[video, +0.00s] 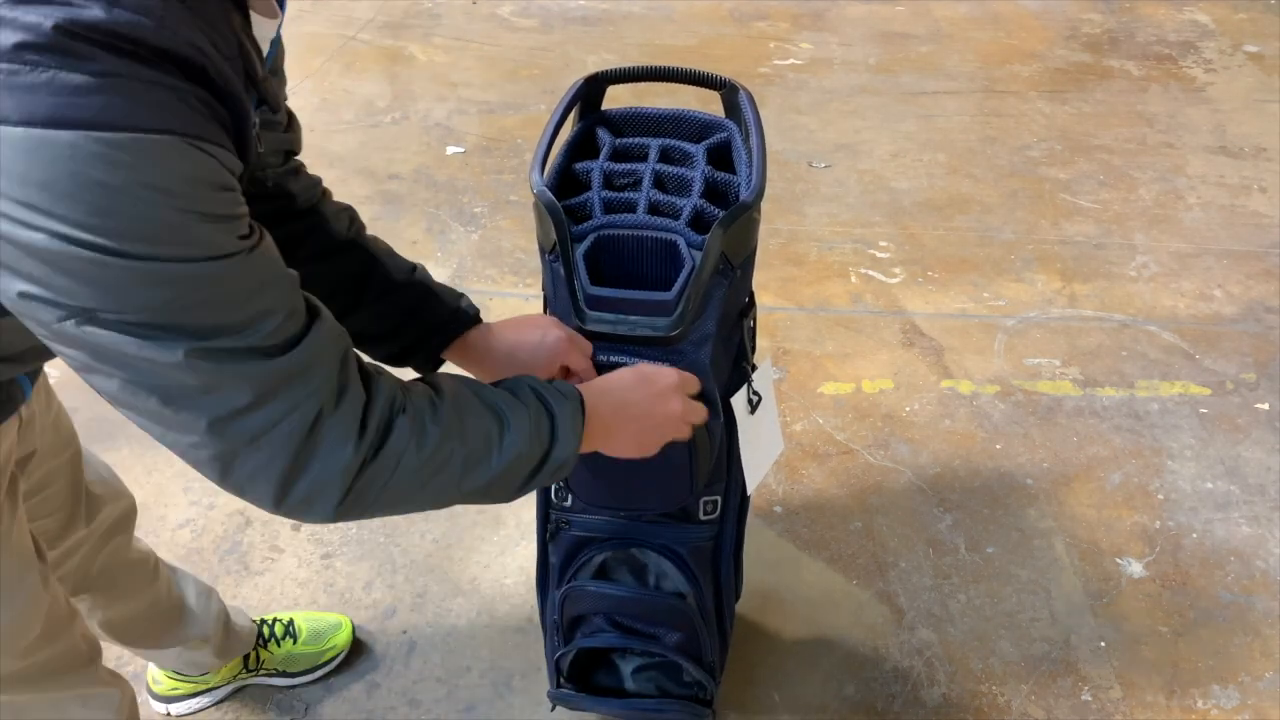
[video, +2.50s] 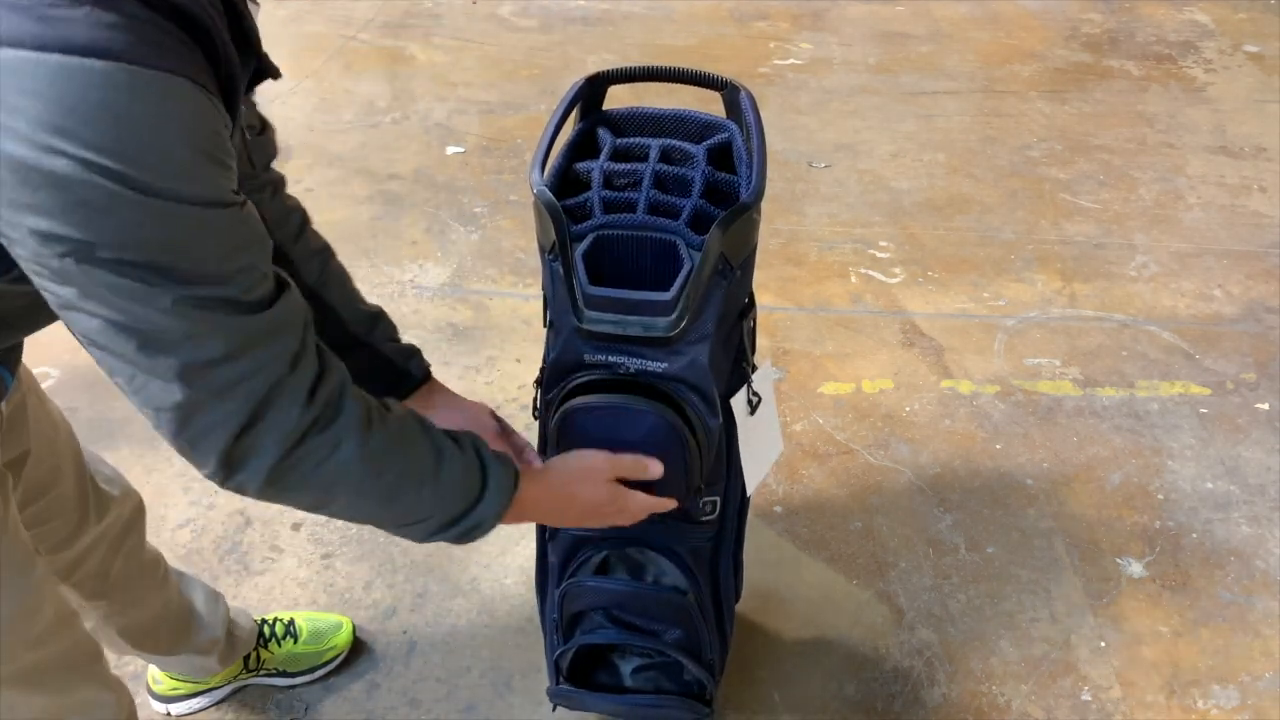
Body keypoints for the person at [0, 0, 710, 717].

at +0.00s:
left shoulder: (192, 23)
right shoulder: (72, 119)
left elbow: (272, 202)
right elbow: (315, 450)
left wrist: (465, 337)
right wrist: (584, 420)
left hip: (15, 373)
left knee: (82, 533)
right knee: (42, 668)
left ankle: (198, 653)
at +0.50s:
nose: (462, 12)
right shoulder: (134, 104)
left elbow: (264, 244)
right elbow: (350, 451)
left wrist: (442, 354)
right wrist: (612, 409)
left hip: (16, 390)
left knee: (91, 539)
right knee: (54, 670)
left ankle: (203, 655)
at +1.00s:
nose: (483, 37)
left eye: (507, 20)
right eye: (504, 13)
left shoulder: (237, 14)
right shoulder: (164, 128)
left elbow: (316, 195)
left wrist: (461, 360)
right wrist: (537, 487)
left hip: (20, 392)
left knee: (94, 532)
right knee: (69, 666)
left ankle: (202, 654)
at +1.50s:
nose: (408, 82)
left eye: (426, 56)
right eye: (398, 57)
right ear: (238, 13)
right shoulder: (32, 223)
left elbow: (373, 149)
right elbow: (201, 480)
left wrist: (523, 364)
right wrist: (479, 518)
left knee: (83, 513)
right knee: (39, 622)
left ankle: (200, 653)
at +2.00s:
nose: (383, 63)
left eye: (398, 41)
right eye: (386, 41)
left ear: (206, 2)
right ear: (211, 3)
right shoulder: (25, 257)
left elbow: (226, 145)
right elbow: (191, 485)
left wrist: (369, 316)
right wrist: (480, 506)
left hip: (45, 363)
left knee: (94, 520)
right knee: (38, 620)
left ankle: (198, 653)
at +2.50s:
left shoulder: (158, 27)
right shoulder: (80, 77)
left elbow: (259, 220)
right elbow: (259, 420)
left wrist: (419, 393)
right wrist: (530, 493)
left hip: (5, 364)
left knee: (85, 523)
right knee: (36, 653)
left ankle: (200, 653)